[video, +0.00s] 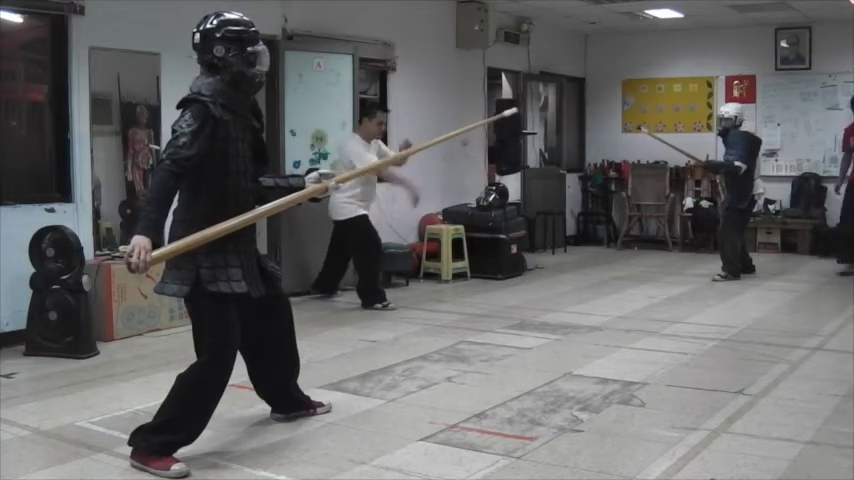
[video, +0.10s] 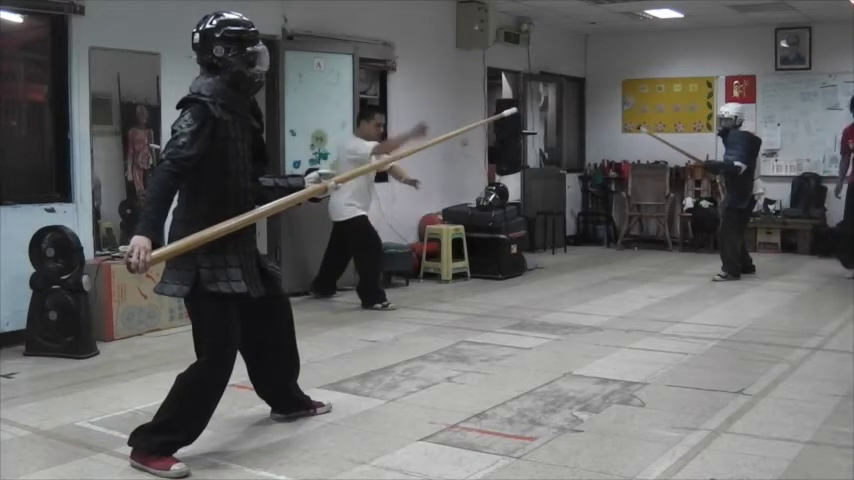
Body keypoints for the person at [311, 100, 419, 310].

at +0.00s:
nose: (383, 129)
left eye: (383, 125)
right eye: (379, 124)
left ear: (372, 124)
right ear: (364, 123)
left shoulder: (375, 144)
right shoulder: (352, 145)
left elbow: (396, 161)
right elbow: (378, 171)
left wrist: (404, 152)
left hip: (359, 206)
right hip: (345, 206)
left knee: (340, 250)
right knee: (370, 245)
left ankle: (323, 287)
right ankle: (371, 298)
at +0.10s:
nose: (381, 130)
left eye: (382, 126)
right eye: (377, 125)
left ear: (368, 127)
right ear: (362, 124)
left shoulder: (371, 150)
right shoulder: (351, 145)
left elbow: (389, 165)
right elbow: (381, 148)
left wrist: (405, 178)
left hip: (356, 208)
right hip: (345, 208)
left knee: (338, 251)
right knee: (371, 246)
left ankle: (322, 288)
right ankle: (372, 299)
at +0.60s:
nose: (374, 127)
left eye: (376, 123)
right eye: (370, 121)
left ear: (374, 124)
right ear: (356, 121)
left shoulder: (368, 149)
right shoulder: (346, 143)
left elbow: (382, 170)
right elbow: (375, 138)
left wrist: (400, 182)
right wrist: (398, 119)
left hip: (355, 208)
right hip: (345, 208)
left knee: (337, 251)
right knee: (370, 247)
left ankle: (321, 287)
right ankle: (371, 298)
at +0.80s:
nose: (372, 121)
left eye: (374, 117)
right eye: (367, 117)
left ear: (374, 121)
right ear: (352, 120)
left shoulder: (368, 149)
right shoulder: (348, 143)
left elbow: (382, 171)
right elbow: (376, 139)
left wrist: (400, 182)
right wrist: (401, 123)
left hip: (355, 208)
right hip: (344, 208)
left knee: (336, 251)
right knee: (370, 246)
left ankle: (321, 288)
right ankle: (371, 298)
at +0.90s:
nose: (371, 120)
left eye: (372, 117)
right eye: (366, 116)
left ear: (373, 120)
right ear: (352, 121)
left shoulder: (368, 150)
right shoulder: (347, 143)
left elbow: (382, 171)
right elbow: (376, 139)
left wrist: (400, 182)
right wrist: (401, 124)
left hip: (355, 208)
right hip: (345, 208)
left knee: (337, 252)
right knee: (370, 246)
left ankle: (321, 288)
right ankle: (371, 298)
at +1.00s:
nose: (371, 120)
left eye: (372, 117)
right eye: (365, 117)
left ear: (372, 120)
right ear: (351, 120)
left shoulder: (368, 149)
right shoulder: (345, 143)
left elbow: (382, 171)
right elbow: (375, 138)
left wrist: (400, 182)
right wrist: (400, 123)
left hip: (355, 207)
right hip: (345, 208)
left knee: (337, 251)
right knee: (370, 246)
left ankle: (321, 288)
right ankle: (371, 298)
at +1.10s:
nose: (370, 121)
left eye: (372, 117)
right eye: (365, 117)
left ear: (373, 120)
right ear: (351, 121)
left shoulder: (369, 149)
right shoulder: (345, 143)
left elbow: (382, 171)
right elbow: (370, 133)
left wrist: (399, 182)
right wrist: (393, 113)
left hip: (355, 208)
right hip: (345, 208)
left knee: (337, 252)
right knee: (370, 246)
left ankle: (321, 288)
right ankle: (371, 298)